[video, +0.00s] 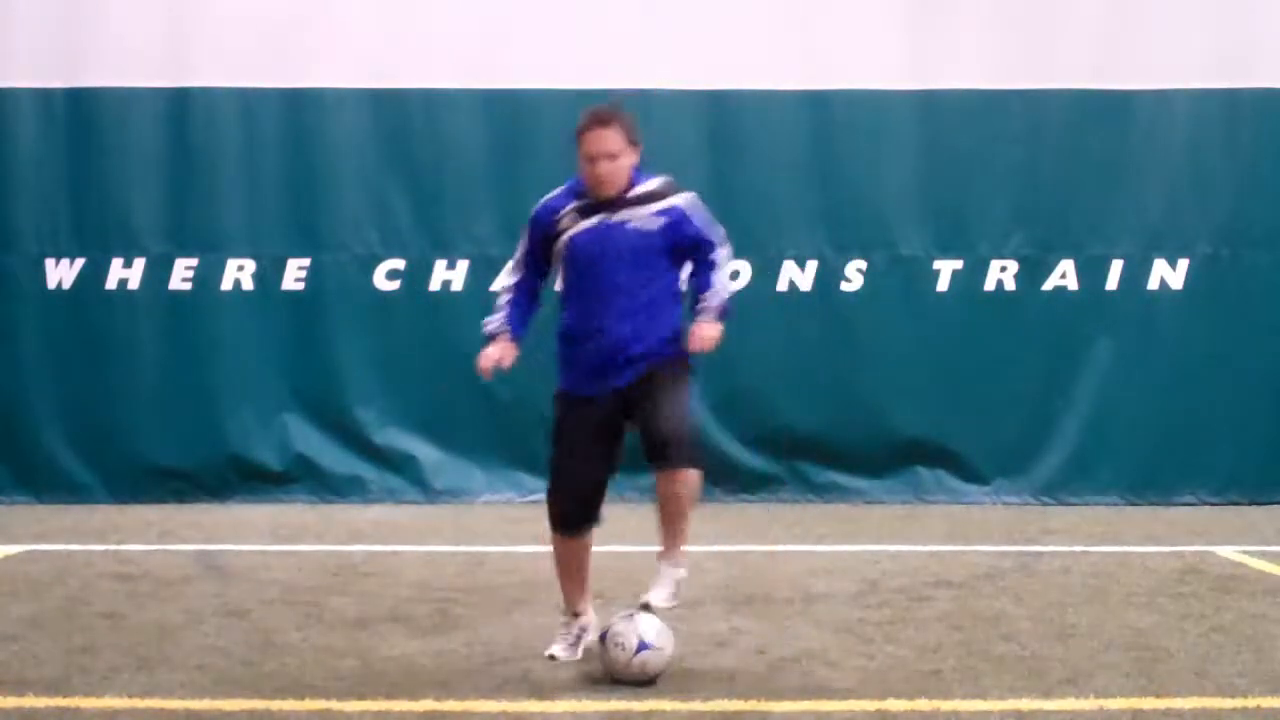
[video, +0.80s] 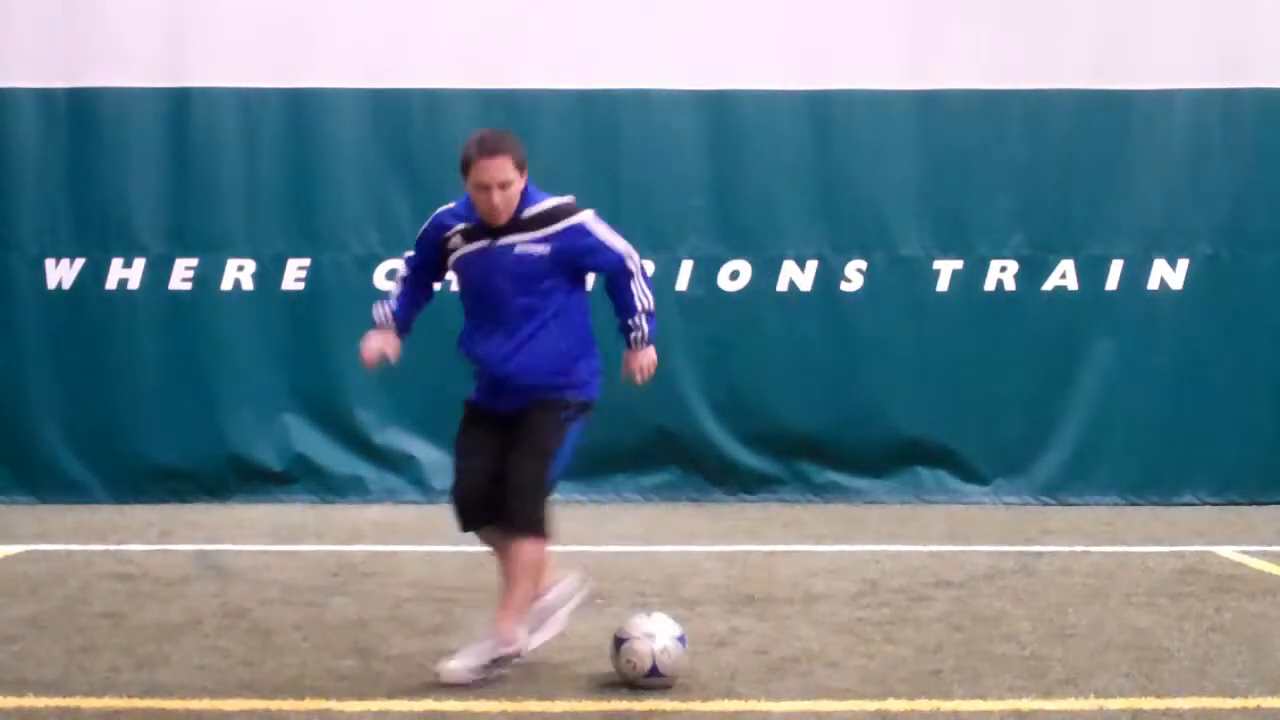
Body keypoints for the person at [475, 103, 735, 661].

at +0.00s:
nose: (600, 169)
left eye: (610, 157)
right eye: (590, 159)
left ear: (634, 154)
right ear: (578, 161)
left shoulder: (669, 201)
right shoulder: (555, 214)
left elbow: (715, 254)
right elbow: (523, 276)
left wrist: (709, 314)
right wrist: (504, 333)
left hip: (657, 366)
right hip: (586, 378)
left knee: (676, 444)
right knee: (568, 503)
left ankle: (672, 562)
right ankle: (578, 618)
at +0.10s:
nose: (565, 193)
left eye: (576, 182)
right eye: (555, 183)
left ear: (598, 182)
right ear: (543, 186)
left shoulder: (633, 228)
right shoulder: (526, 238)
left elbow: (684, 283)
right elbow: (498, 297)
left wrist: (680, 341)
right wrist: (466, 342)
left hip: (622, 372)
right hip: (560, 388)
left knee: (618, 429)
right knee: (553, 515)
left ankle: (661, 549)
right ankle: (581, 620)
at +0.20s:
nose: (538, 180)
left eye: (548, 168)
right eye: (528, 169)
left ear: (571, 165)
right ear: (516, 171)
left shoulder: (611, 211)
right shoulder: (504, 219)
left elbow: (666, 274)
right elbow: (480, 274)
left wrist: (672, 338)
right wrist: (448, 312)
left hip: (603, 359)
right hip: (541, 372)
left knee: (571, 427)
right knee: (545, 502)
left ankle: (619, 546)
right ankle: (580, 613)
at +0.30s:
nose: (516, 168)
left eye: (527, 156)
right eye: (506, 157)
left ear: (551, 151)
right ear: (493, 155)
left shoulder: (590, 196)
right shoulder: (482, 201)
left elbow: (646, 257)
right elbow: (459, 251)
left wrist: (660, 327)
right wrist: (428, 290)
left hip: (583, 350)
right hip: (525, 358)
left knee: (538, 454)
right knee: (520, 482)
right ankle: (604, 570)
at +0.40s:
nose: (494, 194)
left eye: (505, 182)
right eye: (484, 182)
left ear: (530, 177)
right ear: (472, 180)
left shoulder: (568, 224)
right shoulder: (465, 219)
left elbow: (625, 285)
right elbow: (439, 260)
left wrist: (640, 356)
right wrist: (408, 292)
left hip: (557, 385)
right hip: (503, 386)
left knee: (505, 503)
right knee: (495, 504)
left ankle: (495, 645)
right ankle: (620, 532)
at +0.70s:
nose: (481, 229)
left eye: (491, 216)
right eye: (470, 217)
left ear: (512, 207)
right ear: (455, 211)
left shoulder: (551, 255)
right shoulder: (442, 246)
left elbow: (616, 314)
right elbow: (411, 280)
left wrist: (637, 379)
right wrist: (380, 308)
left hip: (542, 415)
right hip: (483, 415)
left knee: (486, 522)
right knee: (462, 522)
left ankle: (496, 649)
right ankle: (591, 529)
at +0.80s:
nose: (495, 199)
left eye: (505, 186)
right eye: (483, 188)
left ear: (523, 179)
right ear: (467, 185)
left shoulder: (563, 219)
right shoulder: (449, 227)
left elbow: (626, 265)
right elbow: (418, 277)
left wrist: (639, 337)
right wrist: (391, 325)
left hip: (557, 386)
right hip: (494, 387)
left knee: (522, 494)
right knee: (475, 501)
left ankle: (506, 637)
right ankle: (548, 585)